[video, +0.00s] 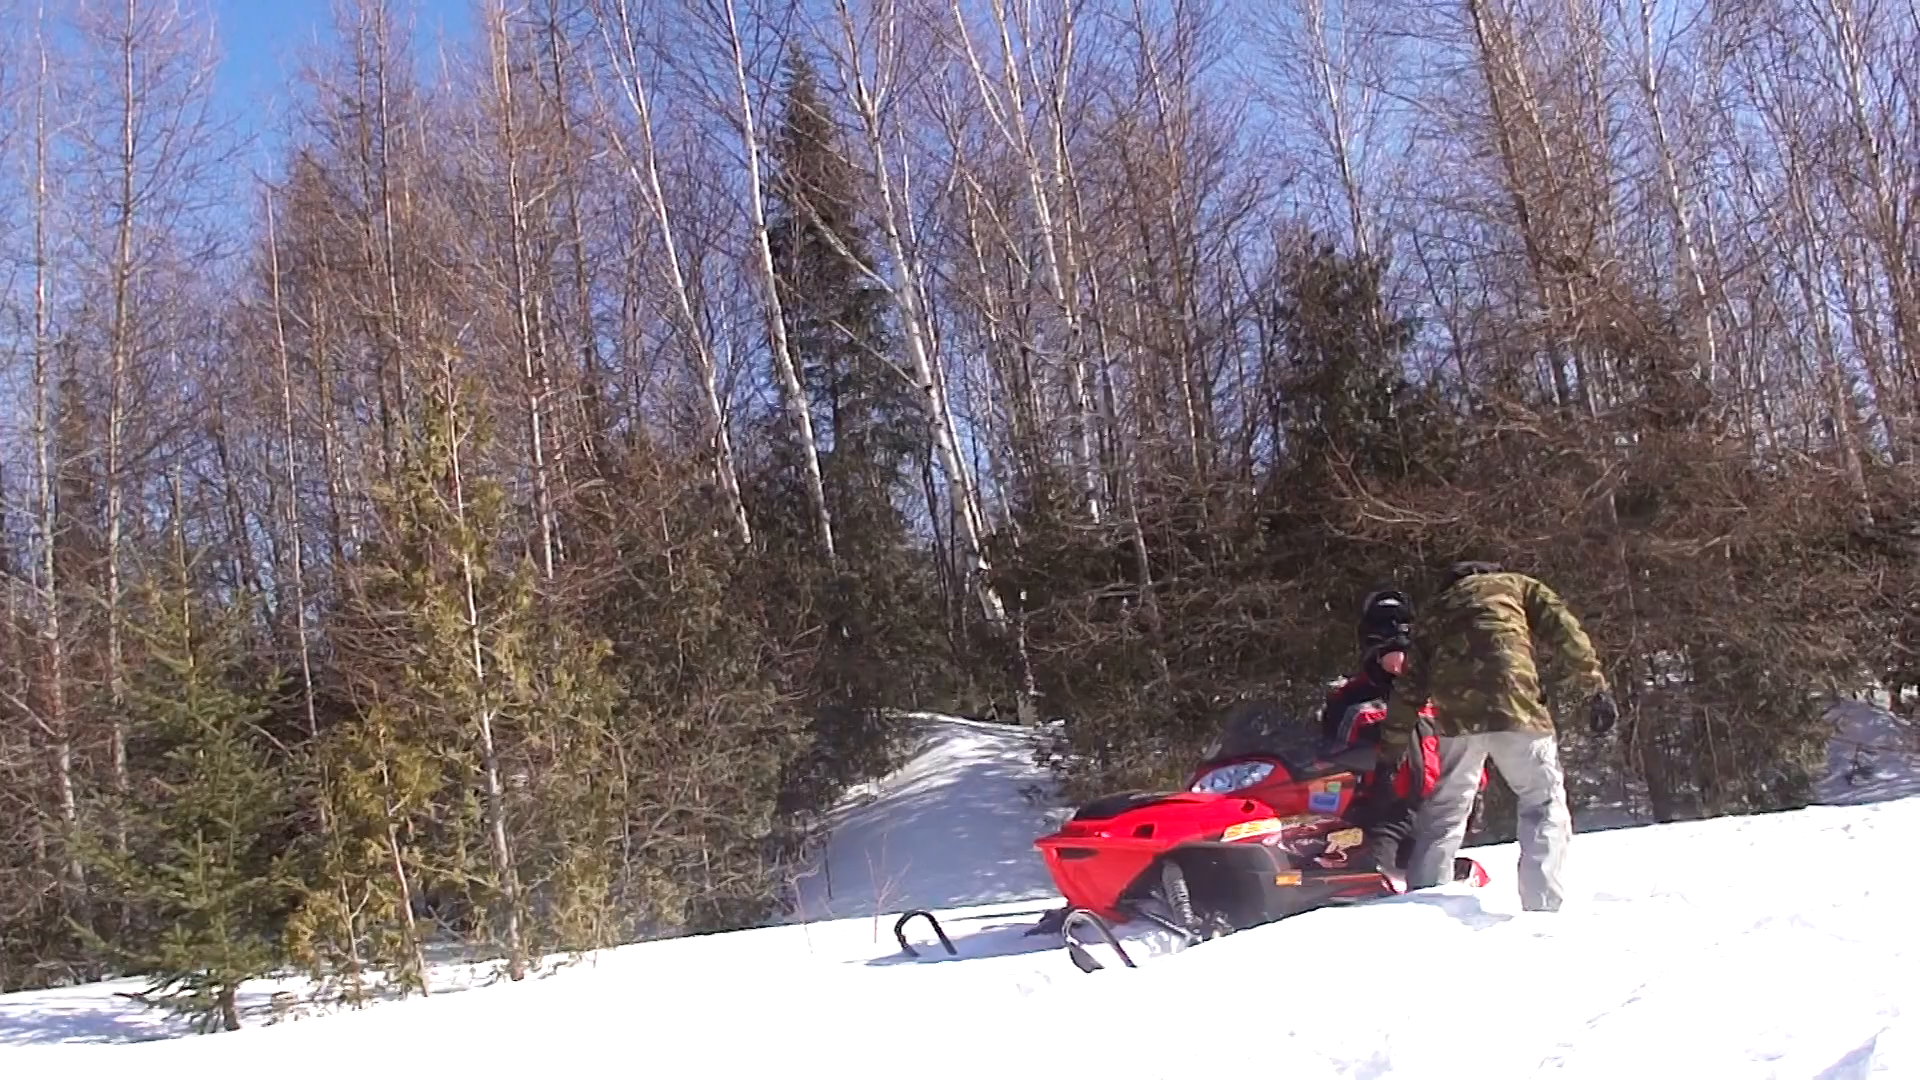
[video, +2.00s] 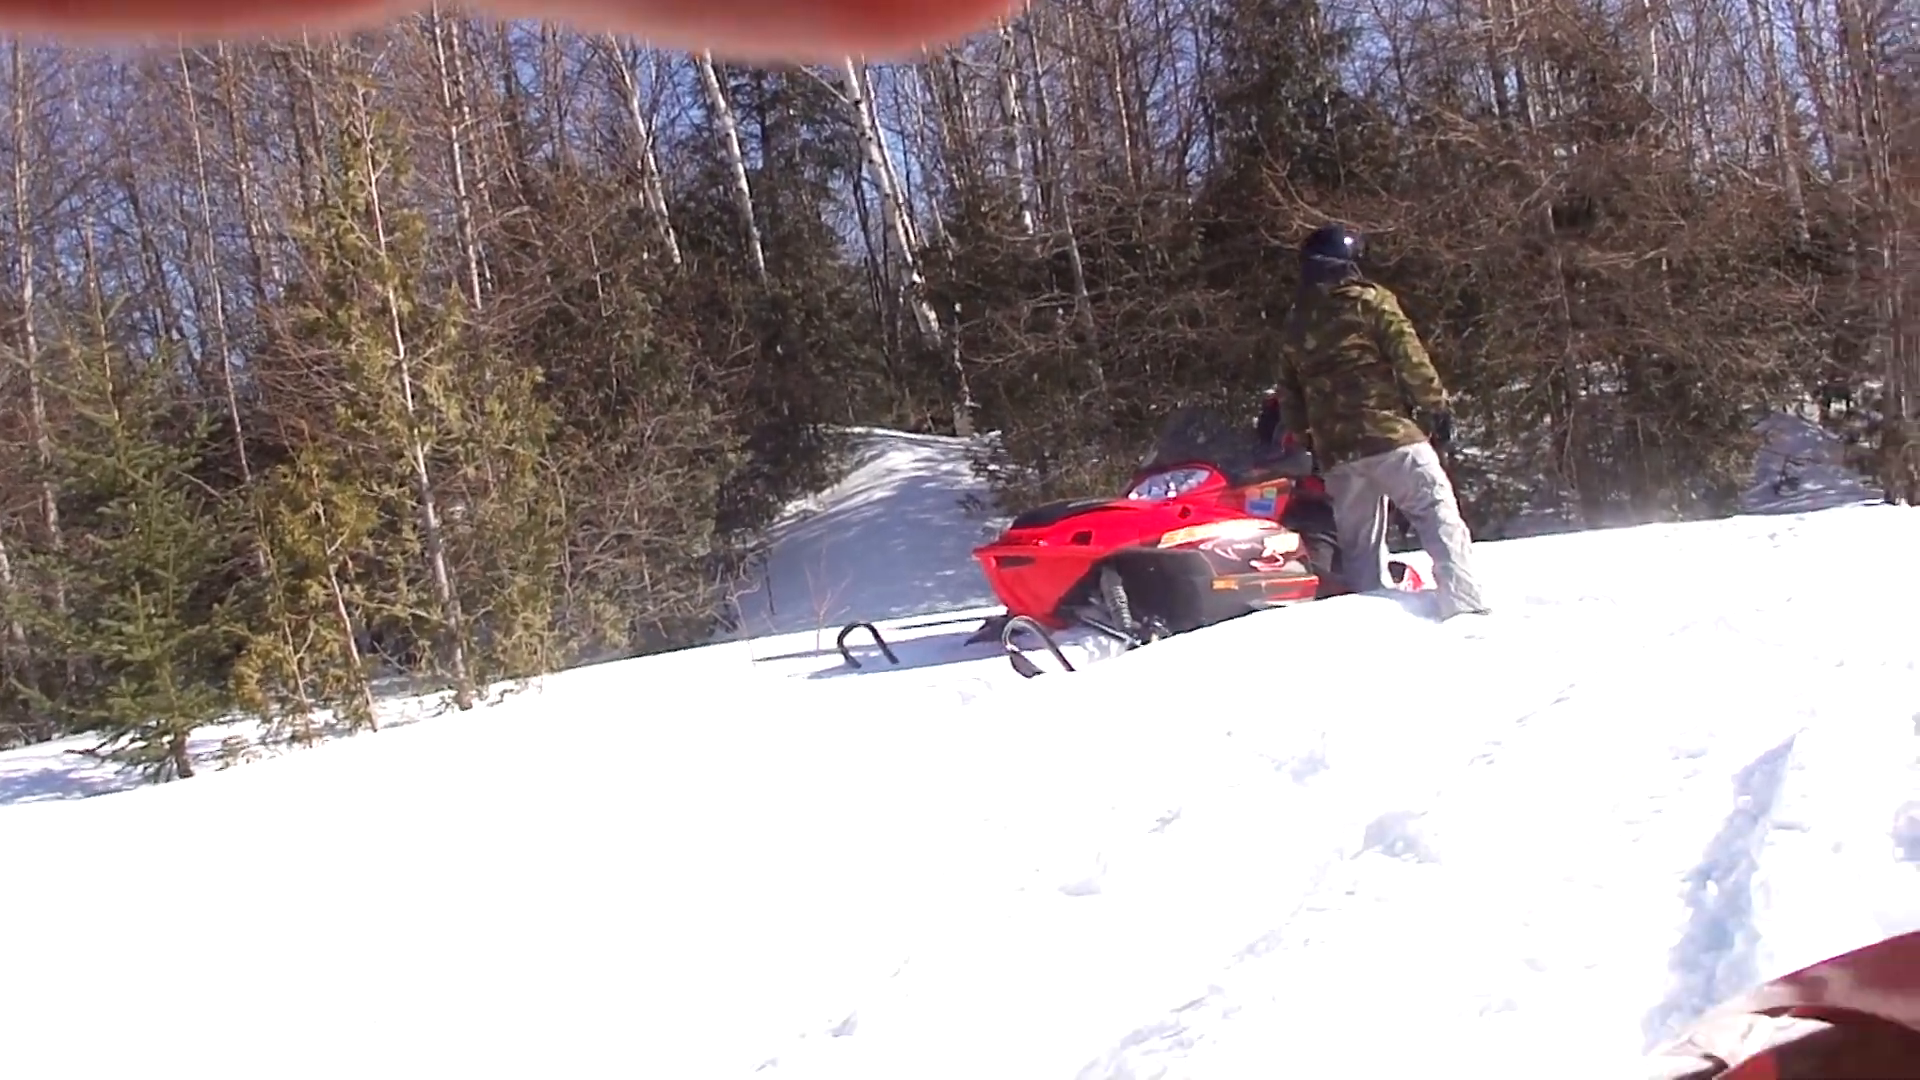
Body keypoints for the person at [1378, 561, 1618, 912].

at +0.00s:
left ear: (1451, 580)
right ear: (1494, 570)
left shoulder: (1433, 607)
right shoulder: (1518, 583)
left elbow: (1408, 684)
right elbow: (1567, 633)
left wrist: (1390, 750)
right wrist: (1596, 689)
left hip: (1455, 715)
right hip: (1516, 710)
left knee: (1446, 805)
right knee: (1542, 800)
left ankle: (1424, 899)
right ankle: (1542, 904)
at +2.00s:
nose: (1361, 264)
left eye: (1357, 259)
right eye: (1358, 258)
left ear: (1309, 266)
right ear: (1351, 261)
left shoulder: (1295, 321)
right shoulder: (1372, 299)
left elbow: (1289, 394)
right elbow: (1409, 359)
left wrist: (1306, 435)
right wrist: (1438, 407)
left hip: (1335, 449)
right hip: (1389, 433)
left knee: (1358, 548)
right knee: (1436, 510)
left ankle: (1367, 625)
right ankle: (1462, 603)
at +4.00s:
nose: (1427, 531)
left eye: (1425, 525)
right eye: (1423, 524)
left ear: (1377, 531)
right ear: (1414, 527)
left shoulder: (1360, 583)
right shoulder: (1434, 564)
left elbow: (1352, 654)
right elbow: (1468, 625)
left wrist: (1365, 698)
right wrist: (1497, 678)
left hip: (1395, 712)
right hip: (1448, 700)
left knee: (1420, 810)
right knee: (1494, 779)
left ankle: (1429, 888)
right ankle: (1526, 867)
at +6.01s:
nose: (1457, 530)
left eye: (1455, 524)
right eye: (1453, 524)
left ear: (1402, 525)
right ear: (1441, 521)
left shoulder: (1378, 572)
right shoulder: (1453, 551)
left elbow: (1369, 642)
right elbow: (1486, 613)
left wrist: (1381, 686)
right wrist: (1513, 667)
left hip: (1412, 698)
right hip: (1465, 687)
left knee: (1437, 798)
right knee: (1512, 763)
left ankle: (1446, 877)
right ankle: (1546, 856)